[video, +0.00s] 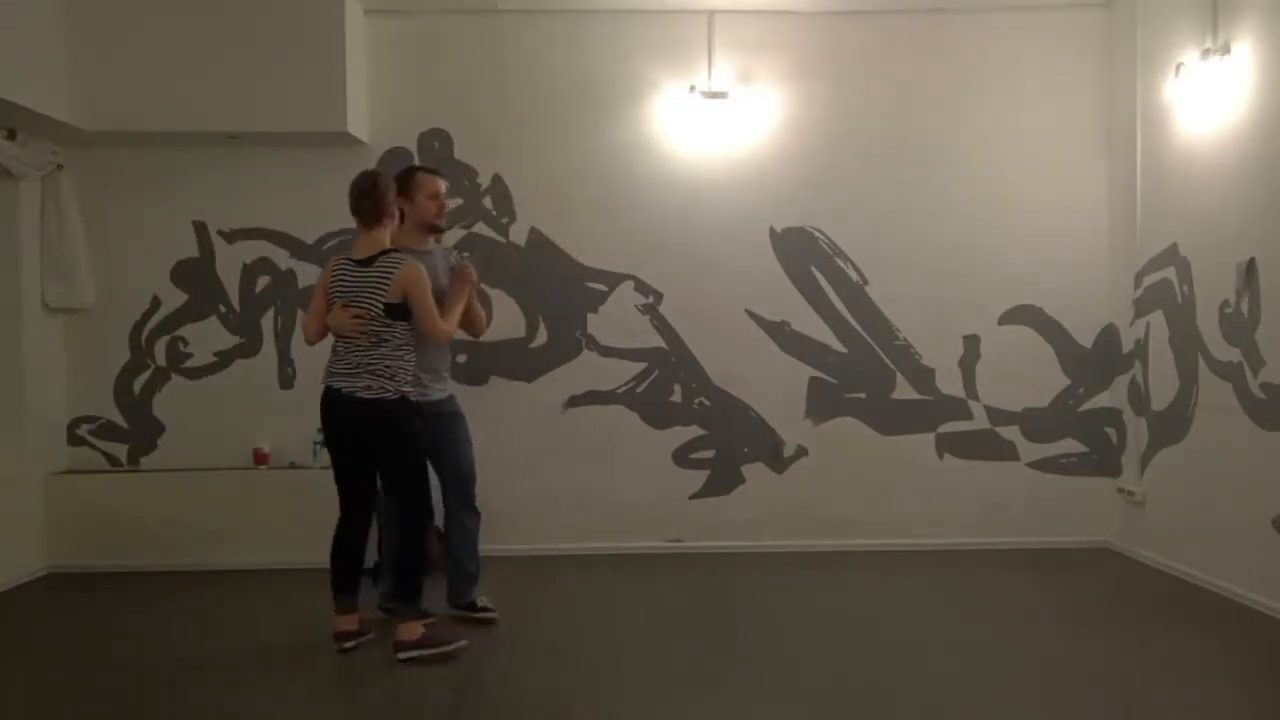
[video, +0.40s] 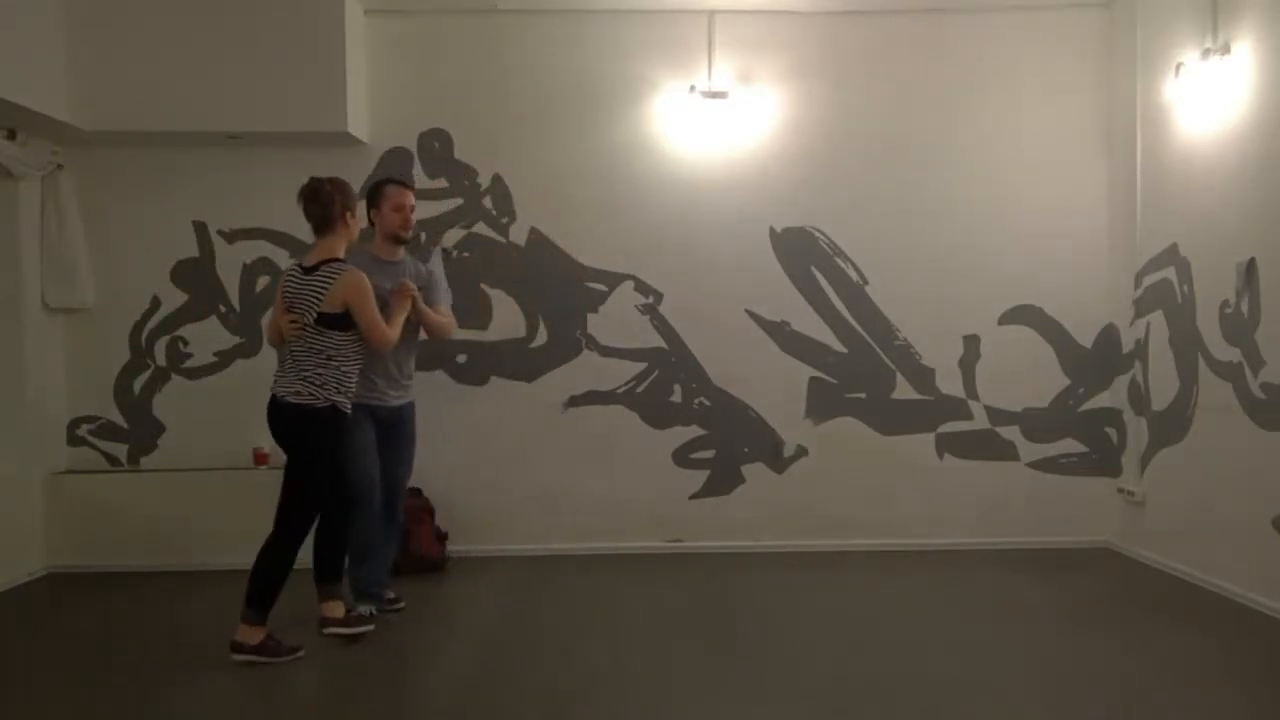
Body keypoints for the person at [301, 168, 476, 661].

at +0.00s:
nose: (404, 209)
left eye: (400, 201)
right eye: (402, 202)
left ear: (353, 213)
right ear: (393, 209)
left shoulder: (336, 267)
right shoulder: (408, 270)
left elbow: (313, 332)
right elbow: (439, 332)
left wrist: (339, 307)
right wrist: (461, 294)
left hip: (340, 403)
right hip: (391, 404)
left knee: (354, 508)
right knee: (412, 508)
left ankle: (345, 617)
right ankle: (409, 625)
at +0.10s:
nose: (391, 219)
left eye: (387, 210)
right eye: (388, 211)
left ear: (339, 220)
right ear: (379, 217)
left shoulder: (319, 275)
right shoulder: (387, 277)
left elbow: (300, 339)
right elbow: (413, 343)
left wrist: (324, 317)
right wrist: (433, 308)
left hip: (319, 411)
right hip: (370, 412)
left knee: (340, 514)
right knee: (408, 509)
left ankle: (344, 622)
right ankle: (347, 608)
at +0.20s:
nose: (376, 218)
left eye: (373, 210)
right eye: (374, 212)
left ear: (325, 216)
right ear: (364, 216)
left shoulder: (306, 273)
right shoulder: (373, 278)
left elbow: (288, 337)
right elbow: (400, 343)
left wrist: (310, 318)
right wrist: (419, 307)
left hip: (306, 410)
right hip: (353, 413)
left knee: (335, 515)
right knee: (367, 514)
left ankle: (345, 622)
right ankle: (294, 603)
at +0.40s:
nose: (358, 220)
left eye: (356, 212)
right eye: (357, 214)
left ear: (310, 220)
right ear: (347, 218)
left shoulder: (291, 277)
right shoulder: (352, 279)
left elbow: (276, 336)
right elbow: (383, 341)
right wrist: (402, 307)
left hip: (286, 408)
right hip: (323, 412)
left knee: (337, 503)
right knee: (293, 523)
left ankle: (333, 606)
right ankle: (250, 629)